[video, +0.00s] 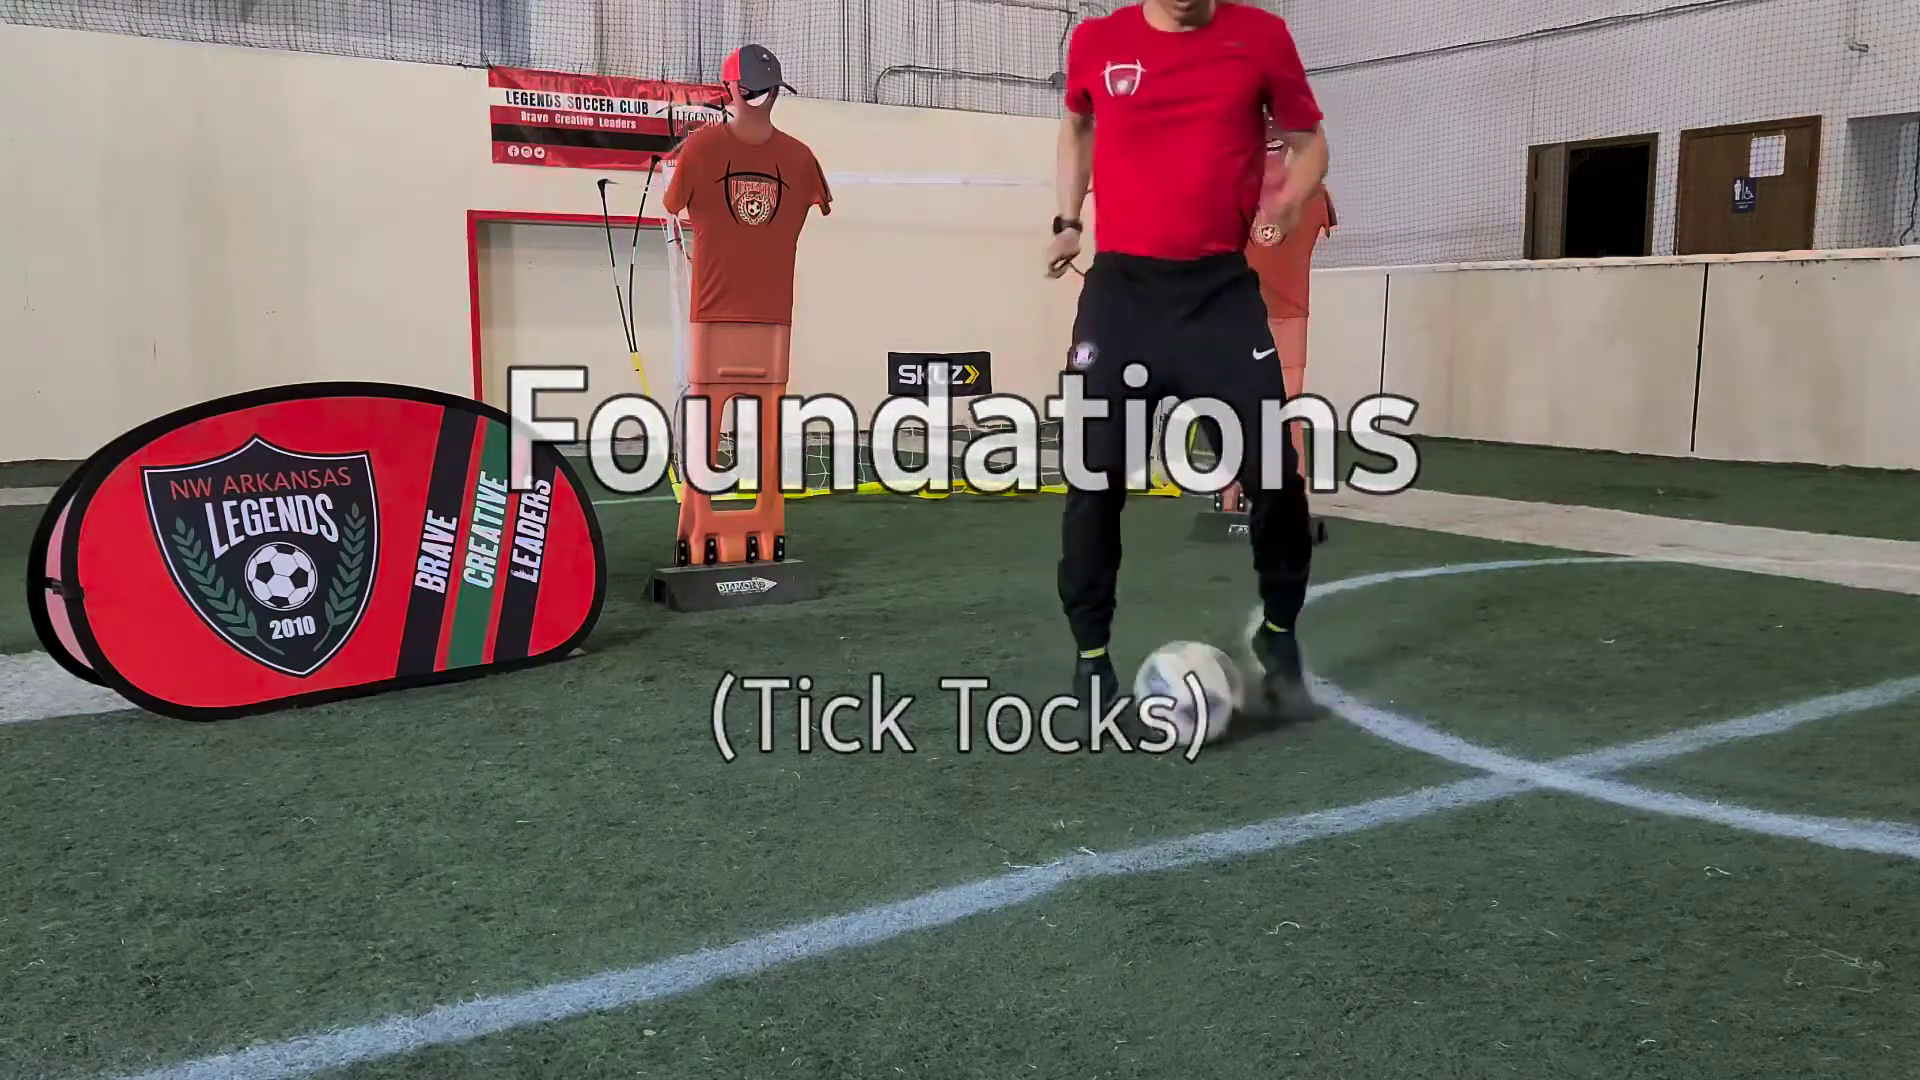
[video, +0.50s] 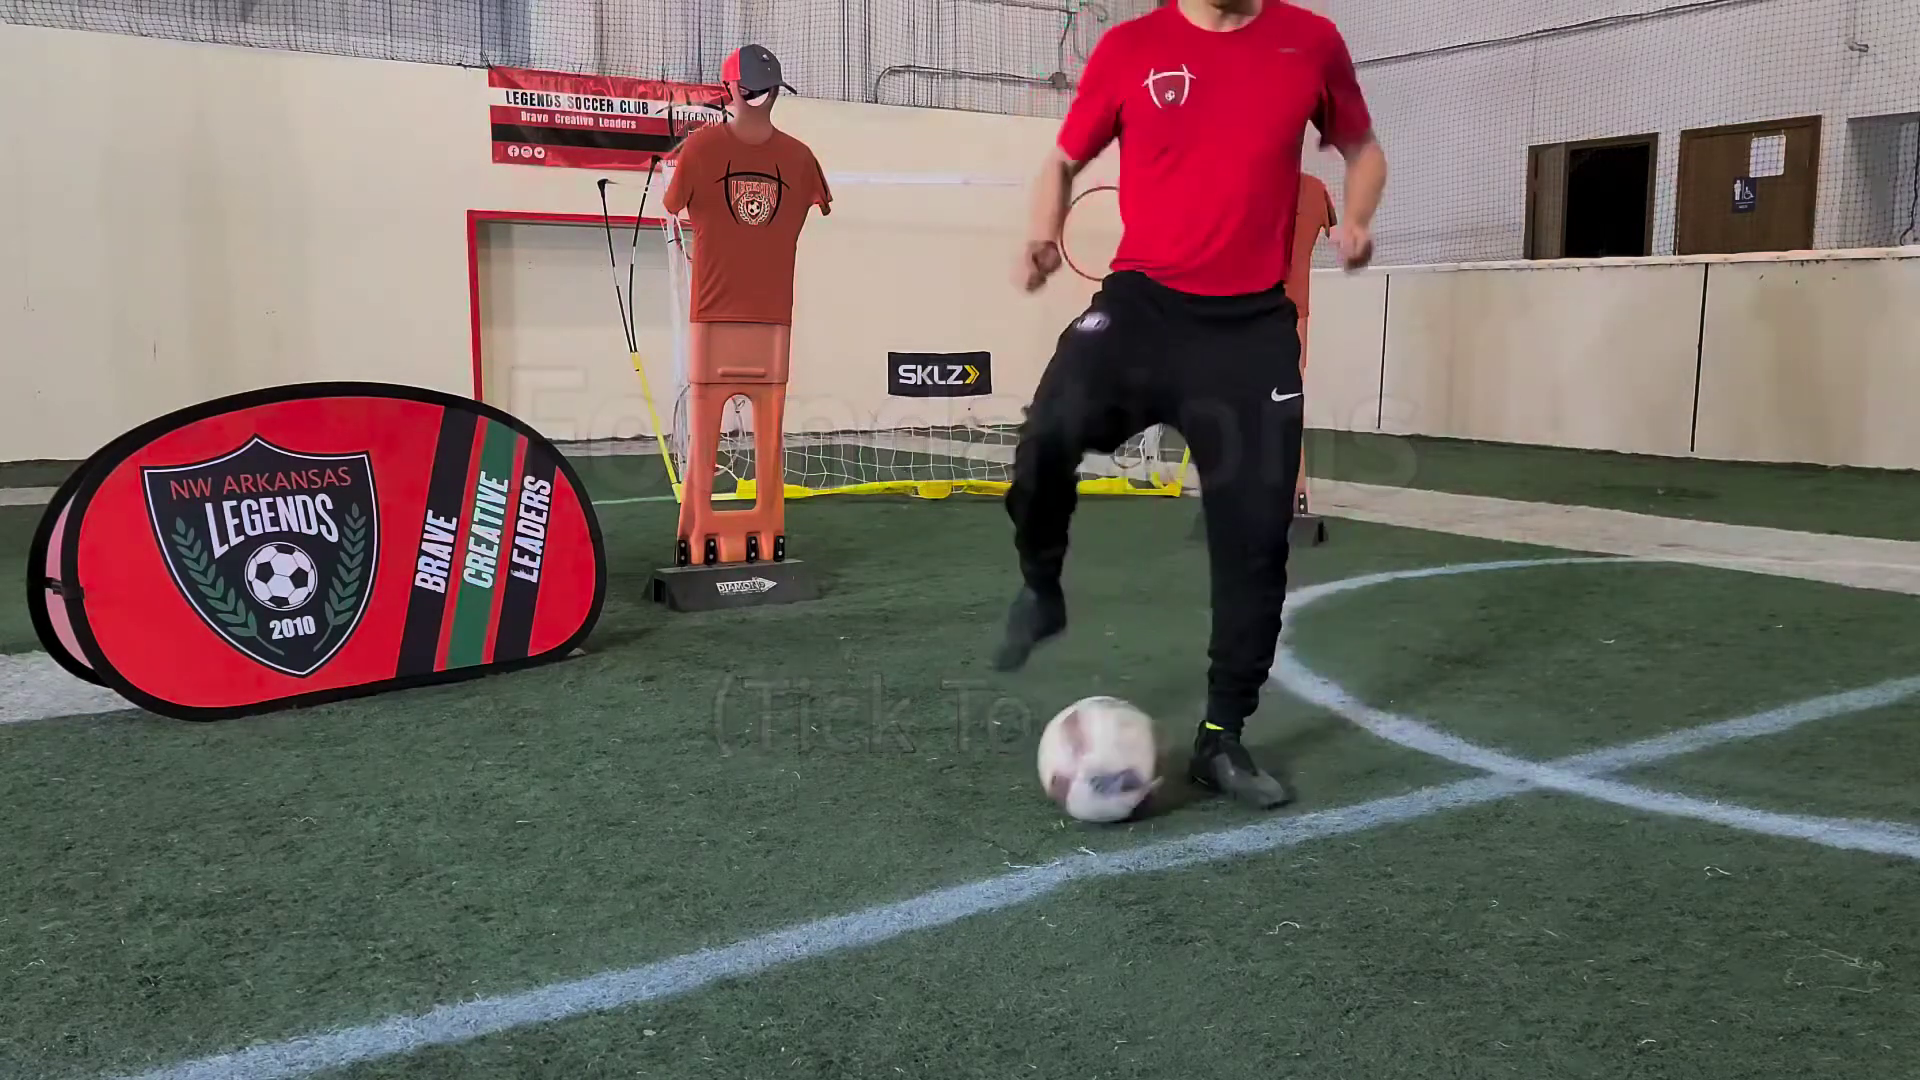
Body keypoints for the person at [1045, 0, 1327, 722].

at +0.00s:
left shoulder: (1262, 35)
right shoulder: (1096, 41)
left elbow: (1308, 142)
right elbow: (1078, 123)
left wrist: (1287, 204)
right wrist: (1067, 218)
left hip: (1222, 291)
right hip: (1121, 292)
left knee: (1277, 476)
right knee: (1096, 479)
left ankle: (1279, 632)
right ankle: (1093, 659)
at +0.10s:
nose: (1186, 10)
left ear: (1209, 0)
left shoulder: (1247, 66)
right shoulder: (1079, 74)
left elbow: (1289, 160)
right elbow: (1037, 177)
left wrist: (1293, 246)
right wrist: (1026, 258)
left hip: (1214, 320)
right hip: (1110, 324)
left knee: (1293, 476)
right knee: (1091, 506)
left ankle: (1299, 643)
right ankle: (1093, 674)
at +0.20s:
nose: (1185, 7)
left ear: (1211, 1)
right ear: (1139, 0)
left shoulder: (1249, 63)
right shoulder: (1083, 69)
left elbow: (1283, 151)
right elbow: (1014, 190)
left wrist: (1286, 243)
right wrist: (1025, 189)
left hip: (1215, 326)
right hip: (1109, 329)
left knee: (1285, 489)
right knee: (1090, 510)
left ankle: (1285, 662)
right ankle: (1092, 677)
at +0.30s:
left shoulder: (1271, 13)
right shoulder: (1110, 13)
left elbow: (1284, 100)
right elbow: (1009, 142)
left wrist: (1280, 188)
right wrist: (1048, 115)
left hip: (1223, 292)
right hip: (1116, 293)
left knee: (1271, 492)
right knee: (1080, 488)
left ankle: (1265, 685)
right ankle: (1074, 668)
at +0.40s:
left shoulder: (1294, 11)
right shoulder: (1124, 13)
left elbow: (1314, 87)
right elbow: (1035, 122)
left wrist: (1321, 168)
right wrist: (1046, 153)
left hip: (1242, 299)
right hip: (1133, 291)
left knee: (1254, 524)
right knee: (1045, 472)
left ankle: (1234, 726)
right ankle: (1053, 595)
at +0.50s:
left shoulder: (1311, 39)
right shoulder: (1128, 45)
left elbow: (1361, 146)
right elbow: (1064, 159)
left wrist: (1357, 219)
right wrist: (1042, 234)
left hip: (1251, 325)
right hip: (1137, 309)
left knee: (1257, 540)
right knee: (1048, 436)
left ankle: (1223, 739)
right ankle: (1041, 595)